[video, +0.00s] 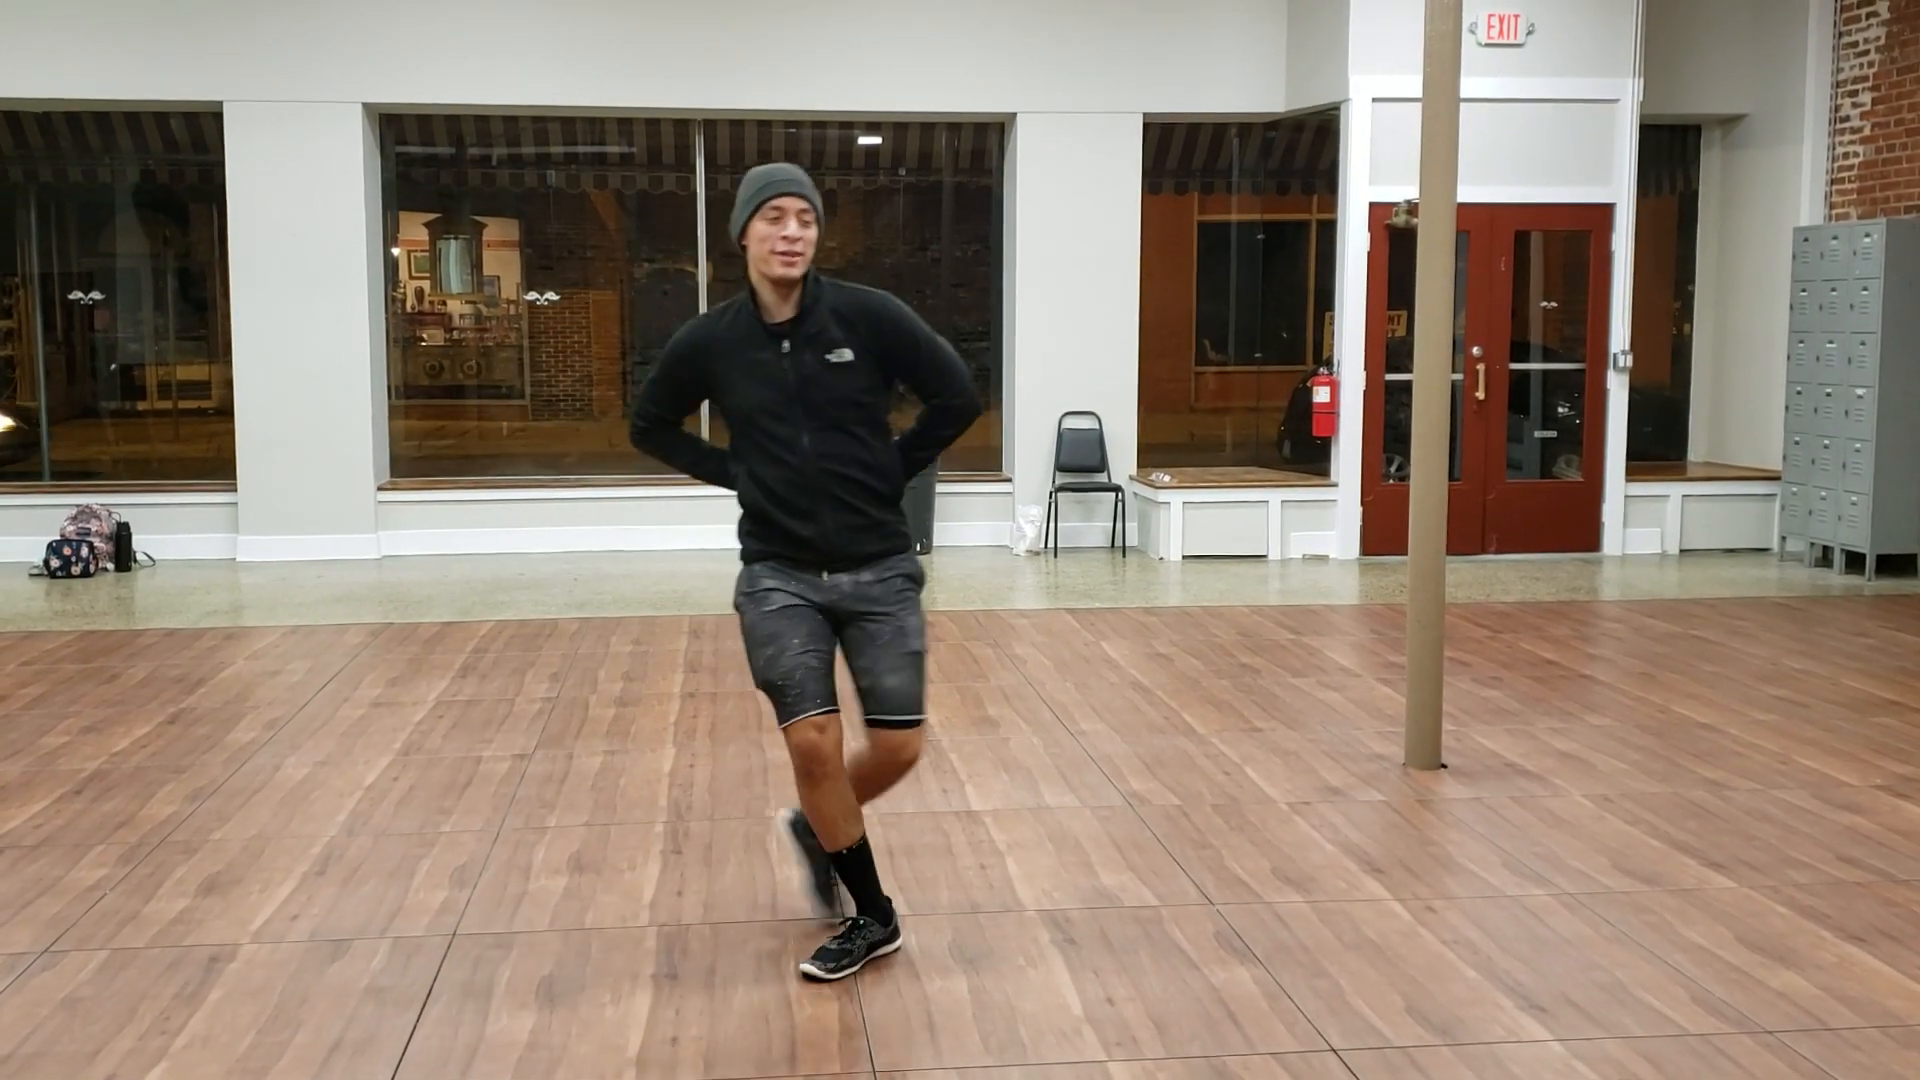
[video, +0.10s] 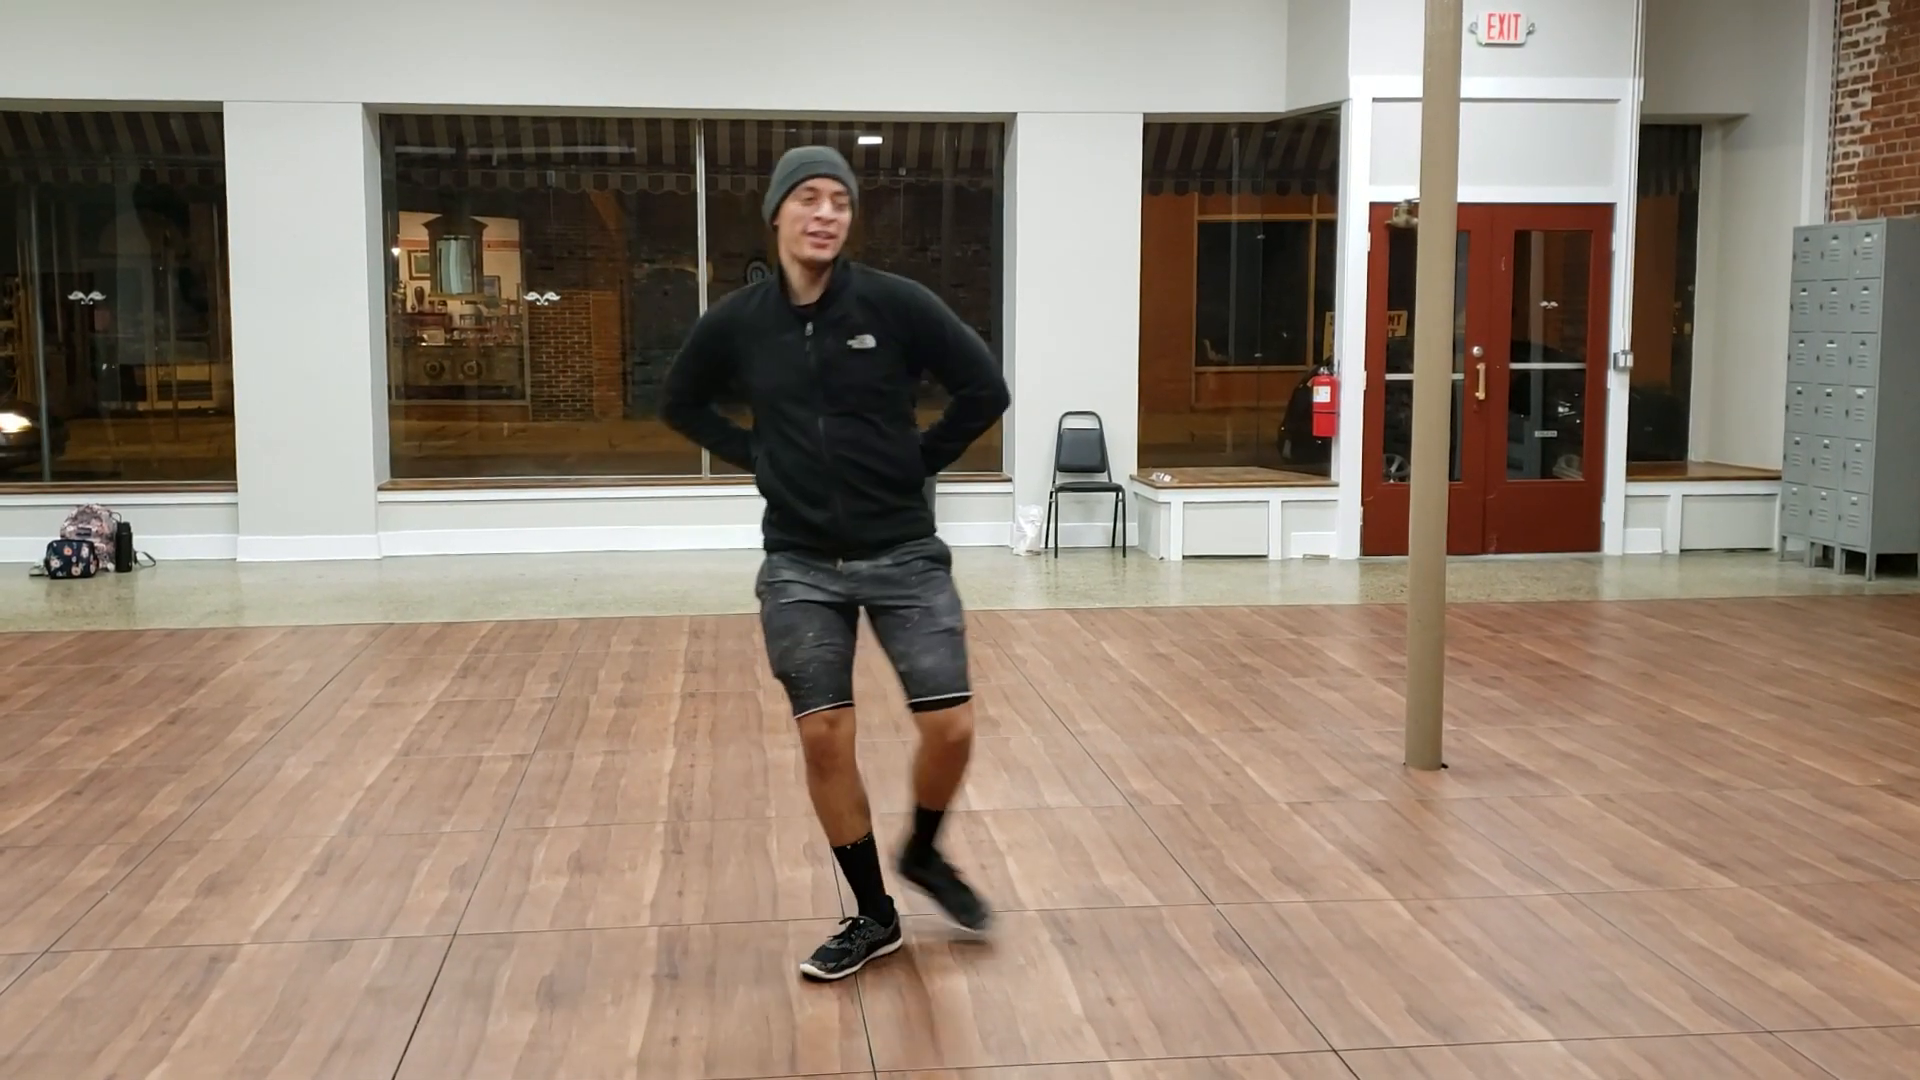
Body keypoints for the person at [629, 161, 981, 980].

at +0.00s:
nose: (790, 232)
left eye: (803, 219)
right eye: (773, 218)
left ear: (819, 236)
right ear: (742, 237)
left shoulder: (869, 316)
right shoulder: (706, 341)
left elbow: (960, 399)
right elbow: (648, 429)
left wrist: (890, 468)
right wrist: (735, 472)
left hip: (878, 568)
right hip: (777, 571)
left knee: (898, 745)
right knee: (814, 746)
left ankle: (813, 824)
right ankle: (874, 916)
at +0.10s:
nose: (822, 214)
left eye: (837, 203)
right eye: (806, 200)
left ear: (852, 222)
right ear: (774, 216)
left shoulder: (898, 304)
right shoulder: (733, 322)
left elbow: (985, 391)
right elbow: (679, 405)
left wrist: (917, 463)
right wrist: (760, 456)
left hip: (904, 554)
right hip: (799, 560)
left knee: (951, 726)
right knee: (823, 736)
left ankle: (921, 851)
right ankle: (873, 915)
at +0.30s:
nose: (882, 198)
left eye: (898, 189)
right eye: (867, 183)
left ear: (914, 210)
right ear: (838, 199)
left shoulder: (947, 297)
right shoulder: (799, 303)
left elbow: (1037, 398)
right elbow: (773, 383)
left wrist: (965, 456)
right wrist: (825, 434)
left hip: (947, 549)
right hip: (845, 553)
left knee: (1010, 719)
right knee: (850, 729)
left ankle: (1094, 895)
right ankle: (876, 916)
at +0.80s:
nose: (848, 205)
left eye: (867, 198)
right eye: (838, 189)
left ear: (886, 221)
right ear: (812, 201)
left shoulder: (907, 310)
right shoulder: (775, 298)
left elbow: (995, 414)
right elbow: (729, 364)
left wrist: (913, 466)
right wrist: (775, 423)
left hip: (883, 557)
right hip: (793, 553)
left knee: (894, 735)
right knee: (799, 720)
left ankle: (1006, 868)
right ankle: (870, 857)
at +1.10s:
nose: (759, 230)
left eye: (777, 220)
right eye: (746, 215)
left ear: (795, 243)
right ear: (719, 231)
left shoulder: (827, 340)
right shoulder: (668, 320)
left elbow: (907, 436)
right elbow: (583, 382)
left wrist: (813, 488)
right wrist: (649, 456)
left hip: (764, 576)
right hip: (673, 569)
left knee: (691, 757)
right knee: (707, 745)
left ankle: (645, 921)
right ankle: (842, 843)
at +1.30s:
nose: (704, 212)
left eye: (719, 203)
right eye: (689, 199)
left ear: (737, 229)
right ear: (659, 217)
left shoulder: (771, 332)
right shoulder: (603, 306)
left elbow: (833, 429)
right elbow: (506, 372)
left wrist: (746, 475)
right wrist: (578, 453)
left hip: (701, 570)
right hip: (597, 561)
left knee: (659, 755)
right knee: (557, 745)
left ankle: (644, 917)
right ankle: (638, 829)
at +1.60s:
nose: (596, 199)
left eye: (607, 186)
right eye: (577, 189)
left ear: (627, 205)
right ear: (546, 214)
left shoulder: (673, 304)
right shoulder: (503, 306)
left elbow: (720, 387)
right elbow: (390, 391)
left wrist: (658, 449)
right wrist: (493, 453)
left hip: (640, 563)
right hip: (523, 564)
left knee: (663, 744)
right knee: (471, 739)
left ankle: (642, 912)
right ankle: (411, 911)